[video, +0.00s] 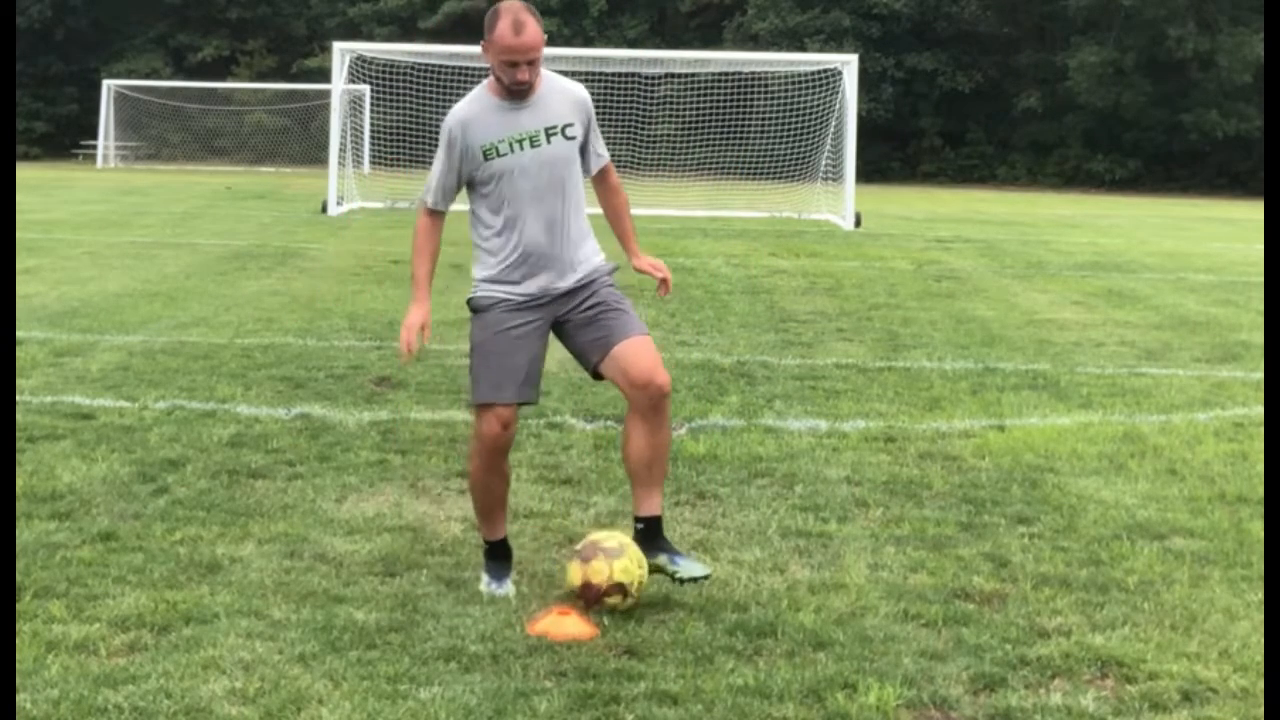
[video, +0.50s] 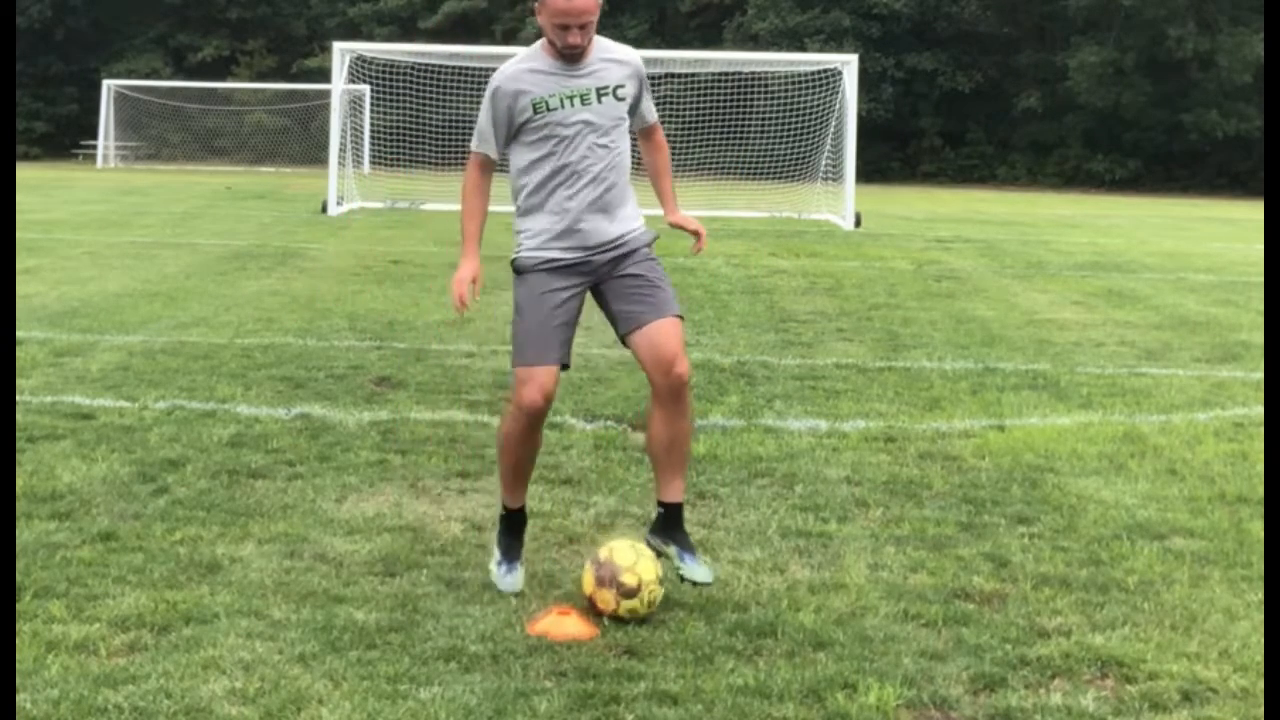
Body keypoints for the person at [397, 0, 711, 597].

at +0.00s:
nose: (523, 76)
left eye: (532, 62)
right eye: (509, 65)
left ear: (544, 49)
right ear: (486, 53)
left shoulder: (573, 99)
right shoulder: (464, 122)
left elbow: (603, 175)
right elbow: (431, 212)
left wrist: (634, 252)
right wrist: (420, 299)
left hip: (584, 280)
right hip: (506, 295)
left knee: (652, 384)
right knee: (495, 430)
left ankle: (651, 540)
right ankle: (497, 558)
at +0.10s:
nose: (532, 68)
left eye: (542, 54)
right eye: (519, 57)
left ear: (553, 39)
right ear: (494, 44)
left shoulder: (581, 92)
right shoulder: (472, 114)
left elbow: (609, 163)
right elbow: (441, 205)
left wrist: (637, 237)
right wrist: (431, 293)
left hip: (590, 275)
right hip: (512, 290)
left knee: (660, 382)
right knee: (500, 426)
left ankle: (657, 537)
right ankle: (497, 558)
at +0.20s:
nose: (543, 57)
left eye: (553, 44)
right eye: (530, 46)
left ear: (565, 30)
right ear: (504, 33)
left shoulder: (592, 83)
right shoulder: (481, 104)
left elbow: (618, 150)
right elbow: (450, 194)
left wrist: (644, 223)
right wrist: (442, 281)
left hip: (600, 269)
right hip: (521, 282)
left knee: (666, 377)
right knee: (505, 425)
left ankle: (662, 532)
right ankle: (498, 556)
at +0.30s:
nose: (554, 47)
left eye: (563, 34)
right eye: (541, 36)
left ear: (576, 20)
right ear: (516, 25)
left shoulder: (603, 73)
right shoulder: (491, 93)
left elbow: (626, 137)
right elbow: (461, 181)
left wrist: (650, 211)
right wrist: (452, 267)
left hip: (608, 259)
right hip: (531, 274)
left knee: (670, 372)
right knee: (515, 410)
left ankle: (666, 526)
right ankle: (498, 547)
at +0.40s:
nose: (563, 41)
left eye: (573, 28)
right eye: (550, 29)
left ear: (589, 14)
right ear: (526, 17)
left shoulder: (614, 67)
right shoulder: (501, 85)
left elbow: (637, 132)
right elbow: (470, 171)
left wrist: (660, 207)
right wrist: (462, 260)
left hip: (618, 251)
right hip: (540, 265)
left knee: (673, 371)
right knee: (522, 404)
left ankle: (668, 526)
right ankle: (502, 544)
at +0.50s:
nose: (573, 39)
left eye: (584, 26)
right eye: (560, 27)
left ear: (600, 12)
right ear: (537, 14)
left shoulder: (626, 65)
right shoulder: (510, 82)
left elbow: (650, 133)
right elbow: (480, 167)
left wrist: (670, 207)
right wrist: (469, 256)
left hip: (625, 246)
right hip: (547, 258)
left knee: (674, 372)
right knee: (532, 398)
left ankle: (670, 526)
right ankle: (511, 528)